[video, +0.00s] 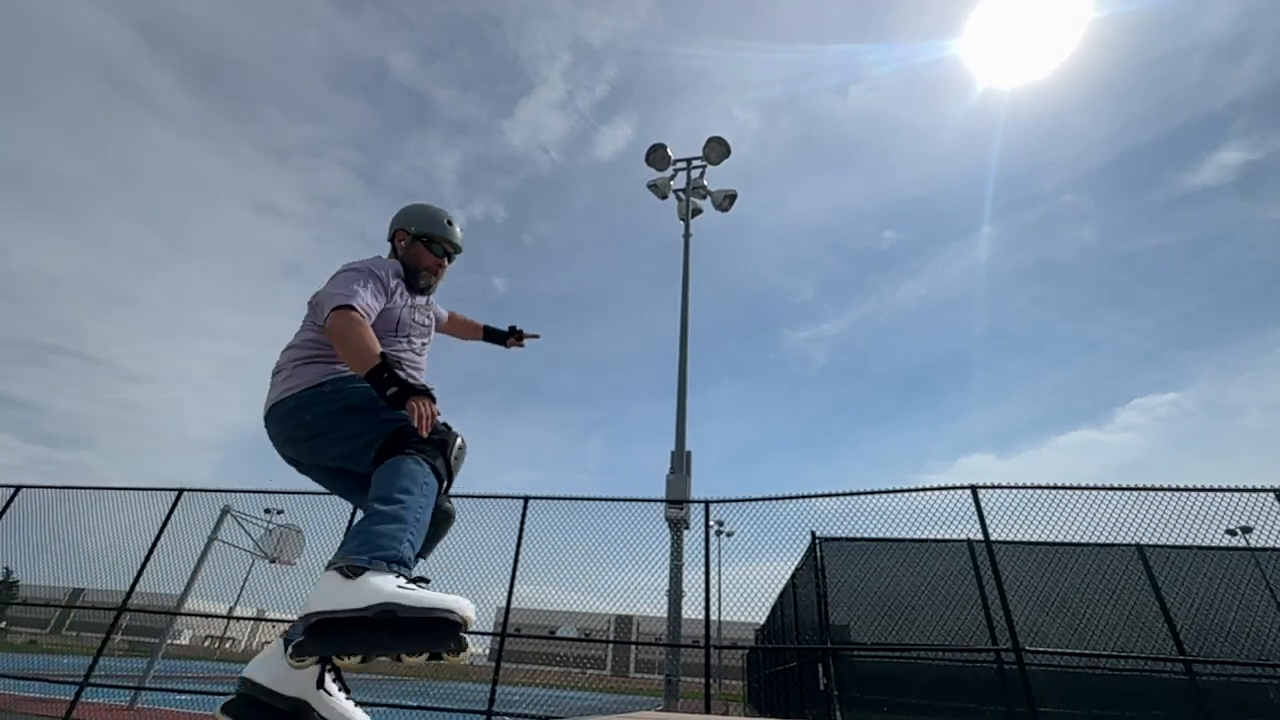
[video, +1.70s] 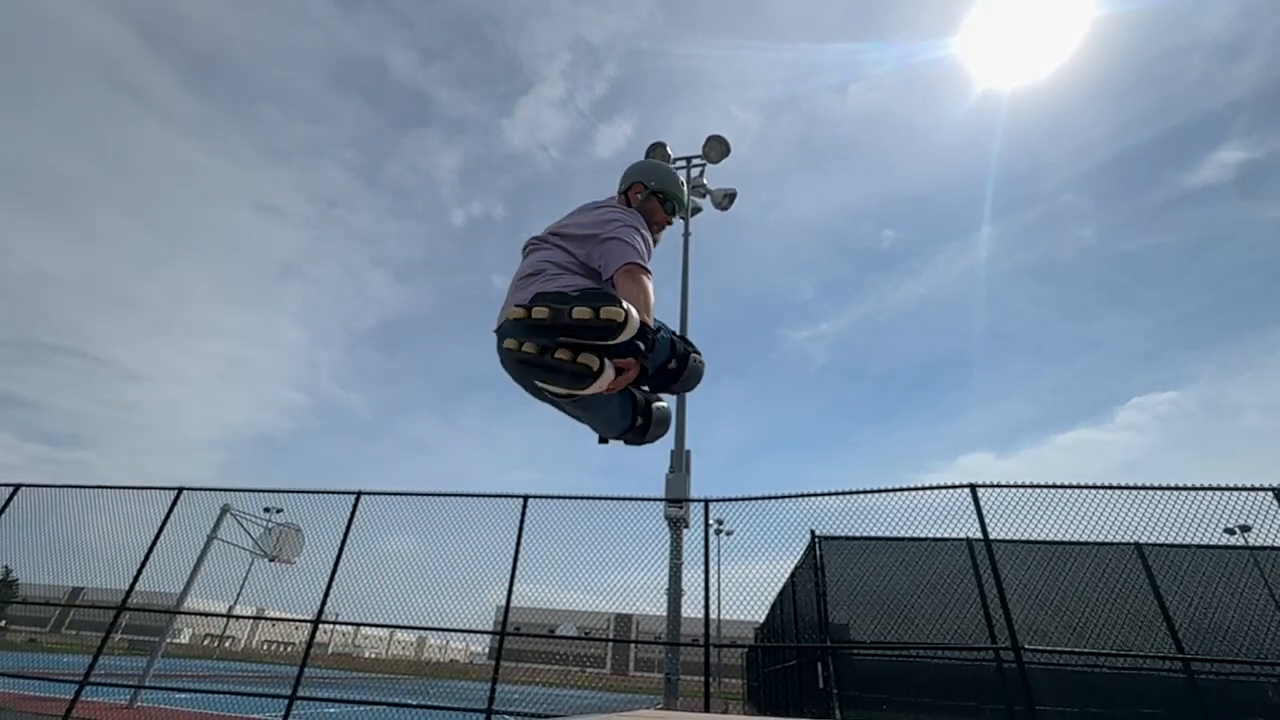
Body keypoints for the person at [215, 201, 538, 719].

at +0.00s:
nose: (442, 262)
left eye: (449, 256)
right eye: (434, 249)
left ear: (449, 260)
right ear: (402, 240)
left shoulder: (421, 305)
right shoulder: (368, 273)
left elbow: (449, 322)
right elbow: (344, 321)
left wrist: (496, 335)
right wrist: (397, 387)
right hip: (313, 392)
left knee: (429, 510)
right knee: (427, 440)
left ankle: (299, 658)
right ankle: (365, 567)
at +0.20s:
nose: (469, 252)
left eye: (476, 246)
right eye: (461, 239)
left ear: (475, 250)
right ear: (431, 231)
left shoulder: (446, 292)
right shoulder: (403, 261)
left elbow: (475, 302)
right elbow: (388, 311)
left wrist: (521, 313)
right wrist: (436, 376)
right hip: (346, 374)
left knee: (468, 486)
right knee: (465, 423)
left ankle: (330, 596)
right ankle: (393, 511)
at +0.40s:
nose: (497, 247)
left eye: (504, 241)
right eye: (491, 232)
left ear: (503, 243)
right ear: (460, 224)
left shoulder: (466, 277)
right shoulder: (436, 252)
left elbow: (497, 283)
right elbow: (430, 302)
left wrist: (541, 292)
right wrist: (474, 368)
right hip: (377, 359)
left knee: (497, 467)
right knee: (495, 408)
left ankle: (363, 542)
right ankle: (415, 462)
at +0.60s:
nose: (525, 241)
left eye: (530, 236)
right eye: (520, 227)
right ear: (488, 215)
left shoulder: (487, 267)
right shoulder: (467, 242)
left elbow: (518, 264)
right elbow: (469, 298)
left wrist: (560, 272)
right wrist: (506, 367)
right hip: (405, 349)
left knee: (532, 451)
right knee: (543, 395)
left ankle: (400, 488)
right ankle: (441, 418)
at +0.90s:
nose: (569, 233)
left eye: (574, 227)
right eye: (563, 218)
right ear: (531, 206)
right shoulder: (511, 232)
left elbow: (550, 243)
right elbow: (522, 288)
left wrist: (584, 244)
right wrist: (547, 362)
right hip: (450, 329)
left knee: (567, 436)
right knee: (586, 381)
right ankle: (491, 371)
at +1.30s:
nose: (620, 226)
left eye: (625, 220)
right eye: (615, 211)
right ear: (584, 200)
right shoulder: (571, 227)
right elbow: (581, 286)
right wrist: (591, 360)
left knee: (607, 427)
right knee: (638, 372)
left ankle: (504, 377)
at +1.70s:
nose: (670, 220)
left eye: (674, 214)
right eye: (667, 206)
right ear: (637, 194)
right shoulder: (622, 219)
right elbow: (631, 275)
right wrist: (639, 346)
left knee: (649, 421)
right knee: (687, 367)